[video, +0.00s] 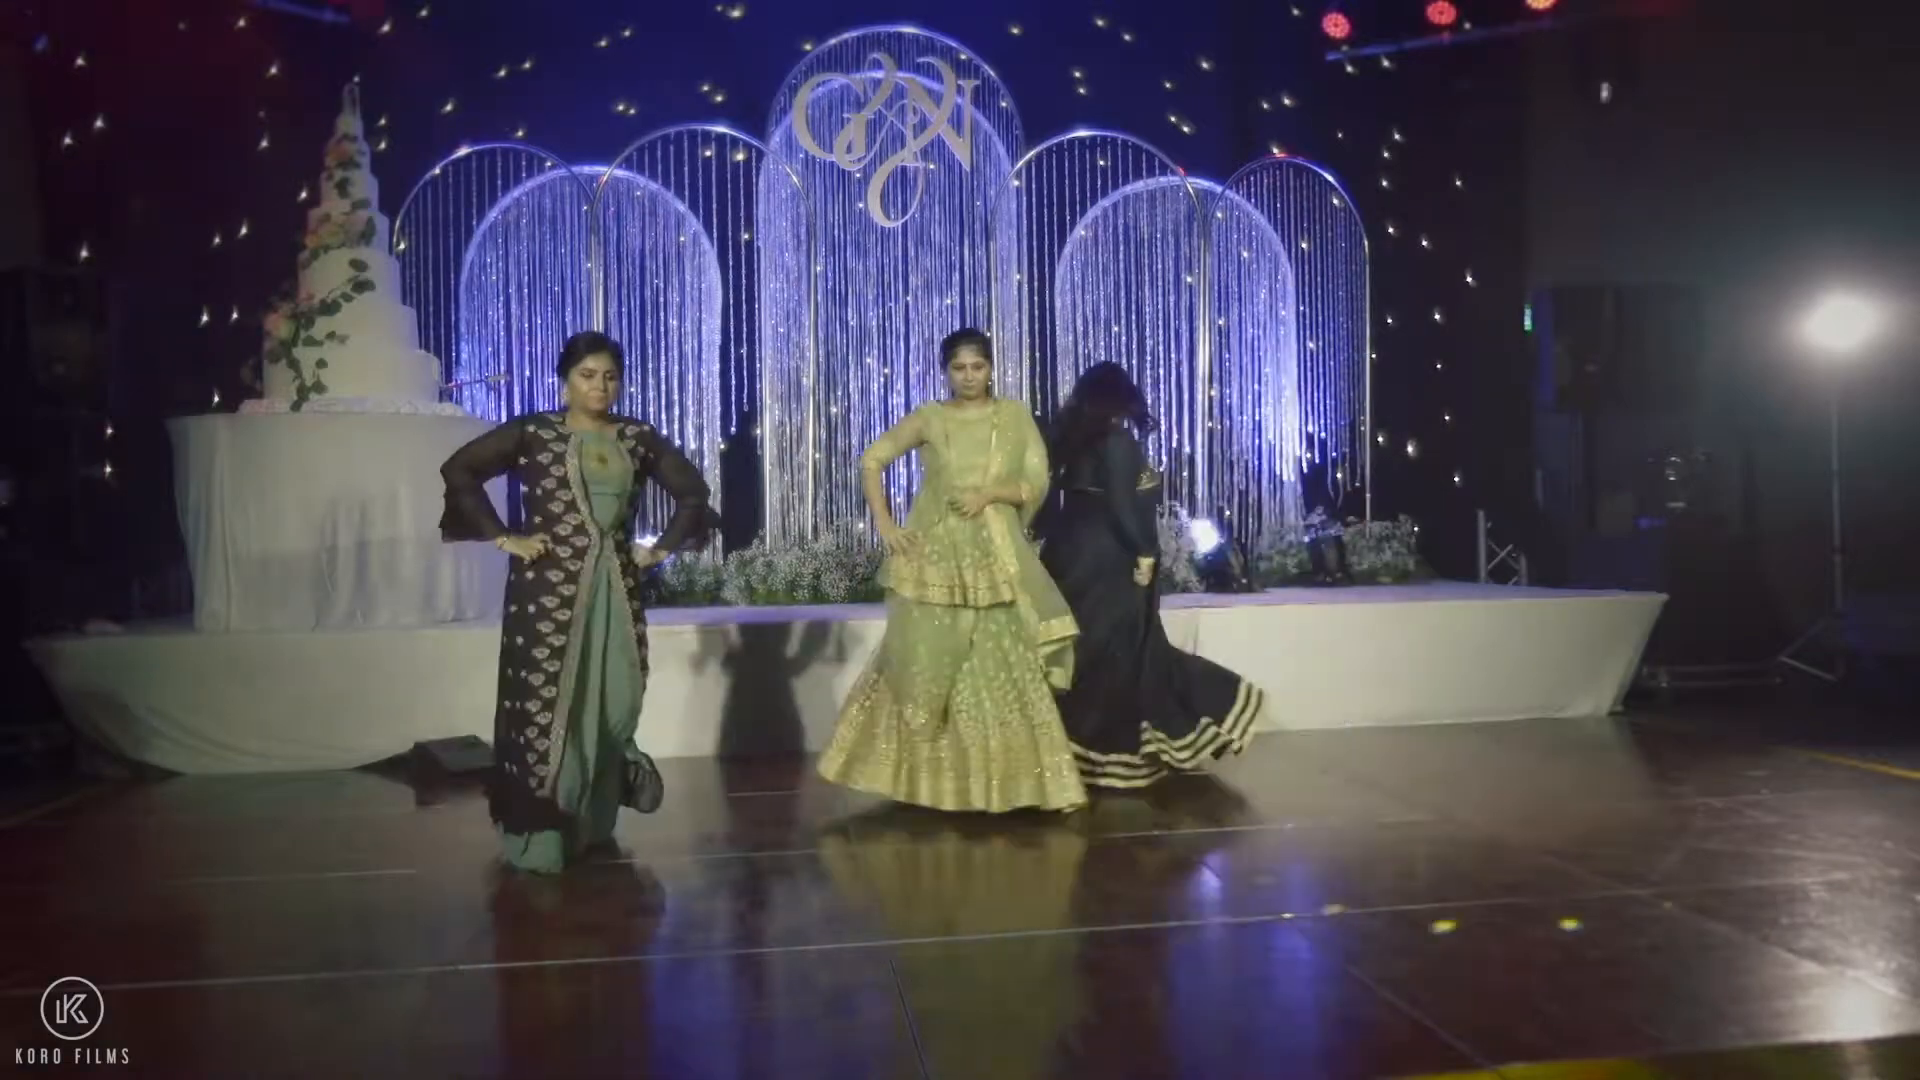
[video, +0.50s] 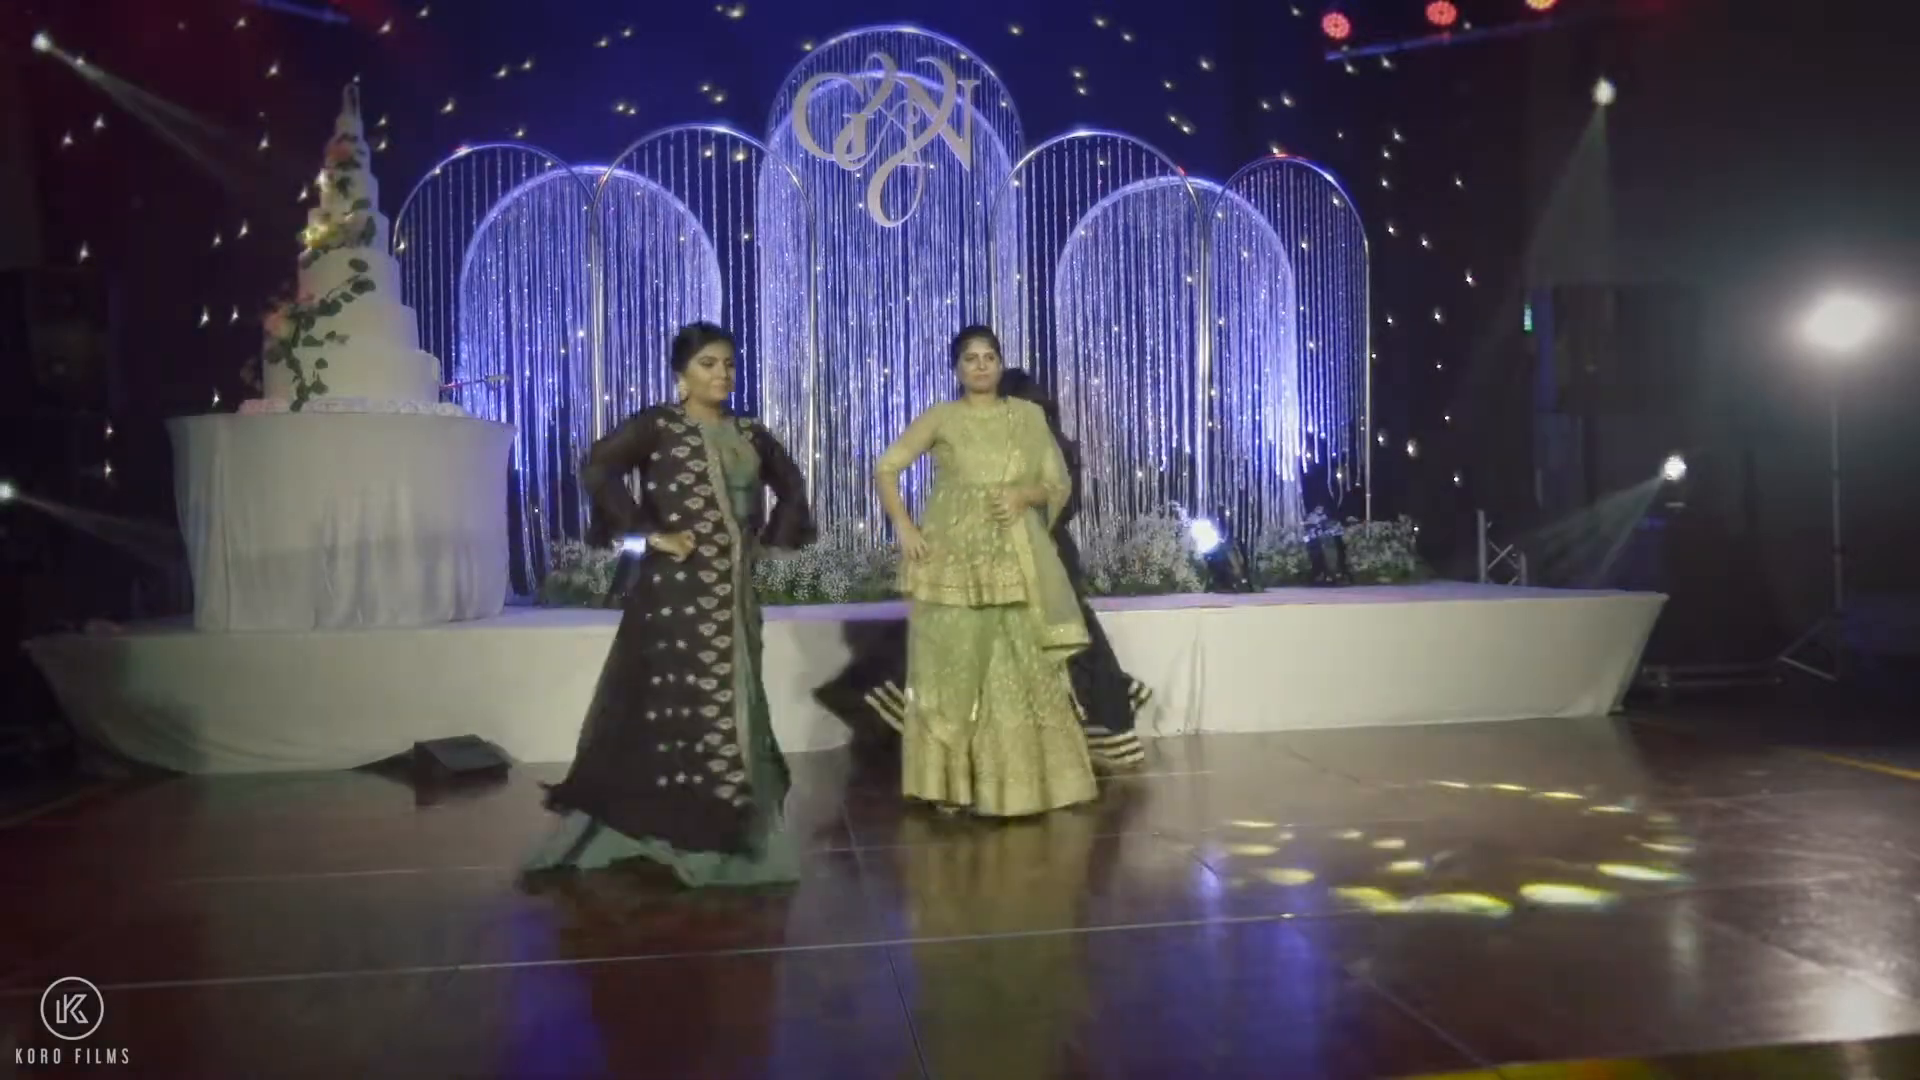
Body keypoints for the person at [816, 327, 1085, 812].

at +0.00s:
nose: (970, 375)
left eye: (977, 366)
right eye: (960, 368)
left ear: (991, 369)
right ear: (947, 373)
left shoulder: (1015, 416)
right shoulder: (930, 418)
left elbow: (1036, 486)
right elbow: (872, 461)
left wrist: (989, 494)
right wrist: (885, 522)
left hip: (997, 563)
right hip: (936, 563)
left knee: (999, 674)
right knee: (932, 675)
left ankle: (998, 790)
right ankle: (939, 789)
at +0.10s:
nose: (975, 374)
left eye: (983, 365)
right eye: (966, 366)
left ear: (995, 368)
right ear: (953, 371)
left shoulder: (1019, 419)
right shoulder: (934, 418)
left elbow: (1040, 489)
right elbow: (873, 461)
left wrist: (996, 498)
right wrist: (887, 526)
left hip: (1000, 557)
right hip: (940, 556)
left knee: (1004, 666)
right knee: (940, 667)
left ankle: (1005, 783)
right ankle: (943, 787)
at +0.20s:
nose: (978, 377)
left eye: (987, 368)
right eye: (969, 369)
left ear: (999, 373)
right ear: (956, 375)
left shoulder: (1021, 426)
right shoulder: (937, 423)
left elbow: (1046, 498)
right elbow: (880, 471)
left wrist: (1009, 509)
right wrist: (896, 531)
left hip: (1007, 564)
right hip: (947, 564)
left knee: (1013, 672)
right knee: (946, 673)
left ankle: (1016, 784)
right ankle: (945, 788)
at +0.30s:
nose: (980, 377)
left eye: (988, 369)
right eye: (971, 370)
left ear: (1000, 375)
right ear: (957, 376)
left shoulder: (1022, 429)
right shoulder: (936, 426)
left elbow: (1049, 501)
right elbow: (884, 481)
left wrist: (1018, 516)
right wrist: (907, 540)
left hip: (1010, 569)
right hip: (951, 569)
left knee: (1017, 676)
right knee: (951, 679)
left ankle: (1022, 786)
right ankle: (951, 790)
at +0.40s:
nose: (980, 368)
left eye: (988, 360)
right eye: (970, 361)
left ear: (1000, 367)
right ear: (956, 370)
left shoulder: (1026, 421)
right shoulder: (938, 421)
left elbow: (1054, 493)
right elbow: (885, 477)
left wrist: (1021, 508)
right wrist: (907, 534)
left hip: (1014, 564)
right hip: (952, 564)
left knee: (1019, 673)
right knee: (955, 675)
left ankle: (1023, 785)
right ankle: (954, 789)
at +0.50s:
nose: (981, 365)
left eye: (989, 357)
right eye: (971, 358)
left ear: (1001, 364)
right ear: (957, 368)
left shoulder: (1029, 416)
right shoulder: (941, 417)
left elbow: (1058, 485)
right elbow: (885, 469)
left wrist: (1026, 495)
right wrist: (903, 526)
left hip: (1017, 561)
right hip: (953, 562)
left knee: (1019, 672)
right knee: (955, 673)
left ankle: (1020, 786)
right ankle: (955, 788)